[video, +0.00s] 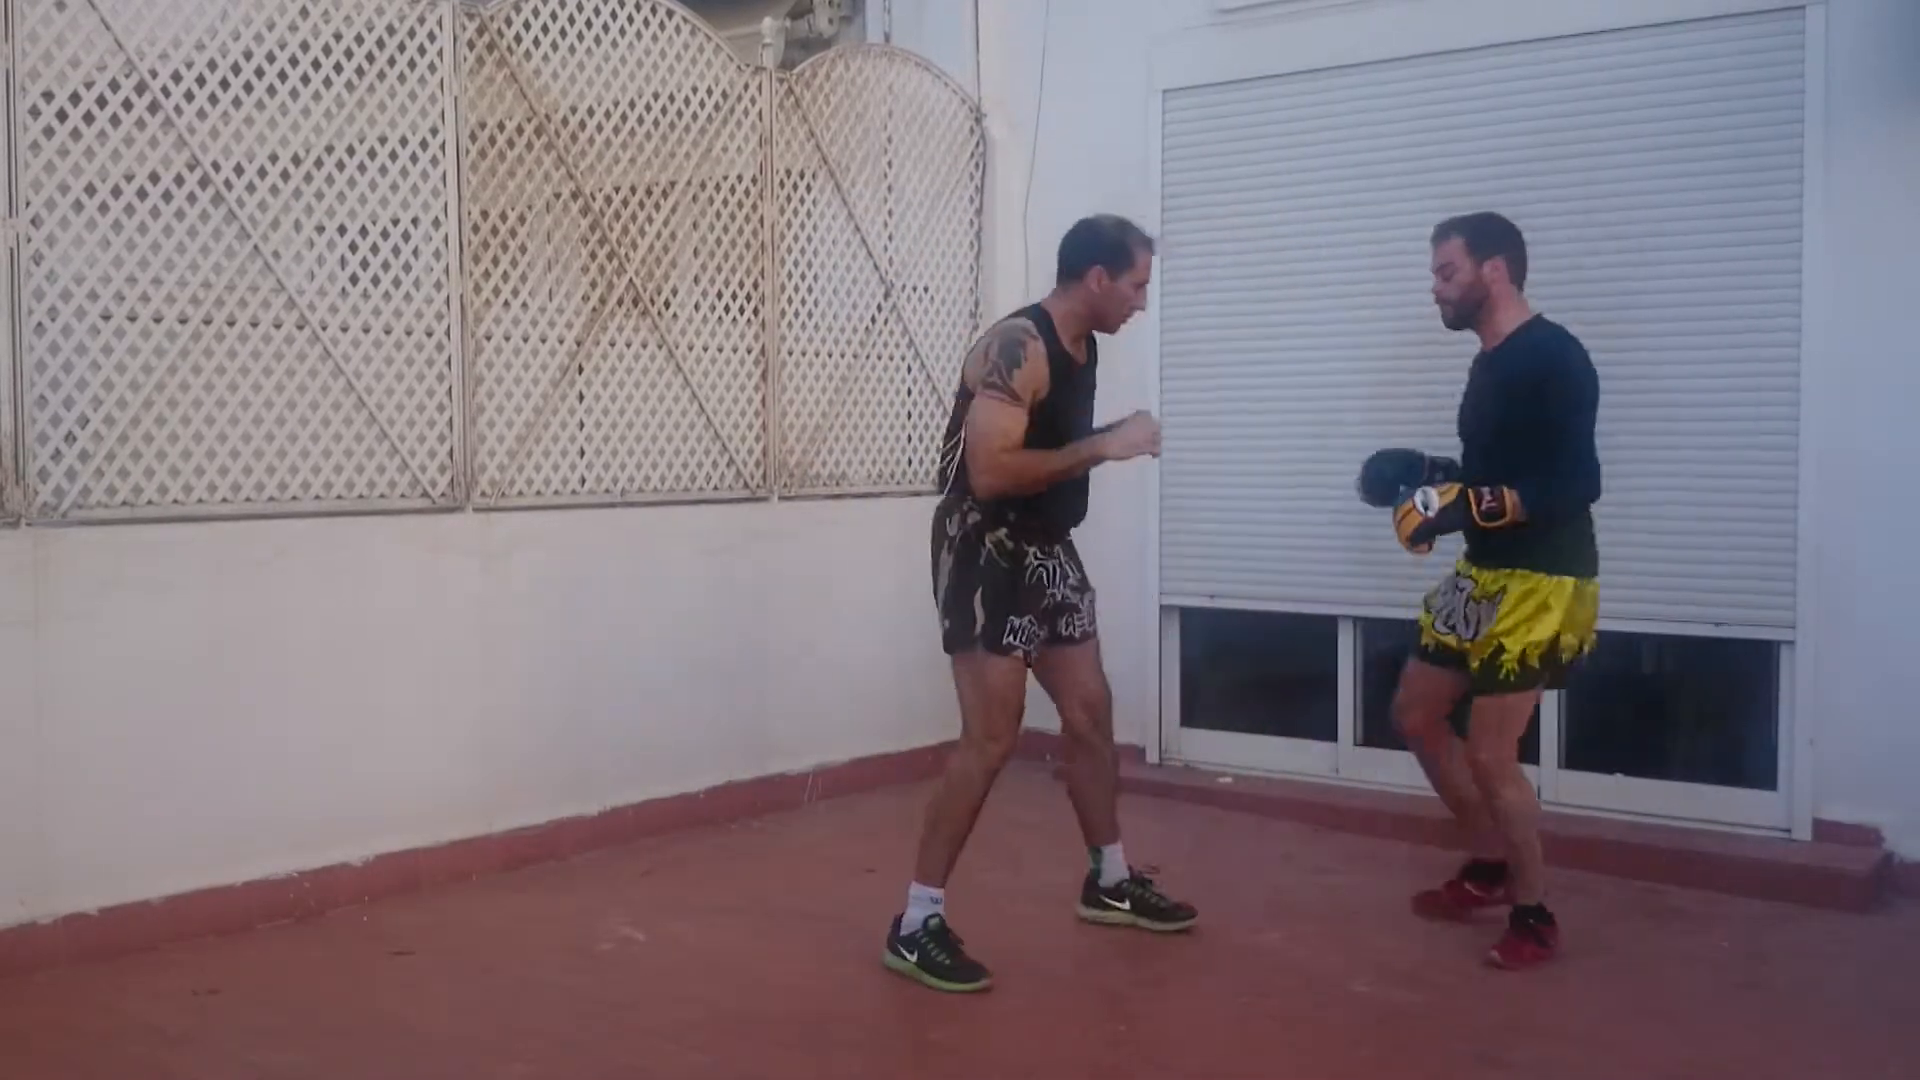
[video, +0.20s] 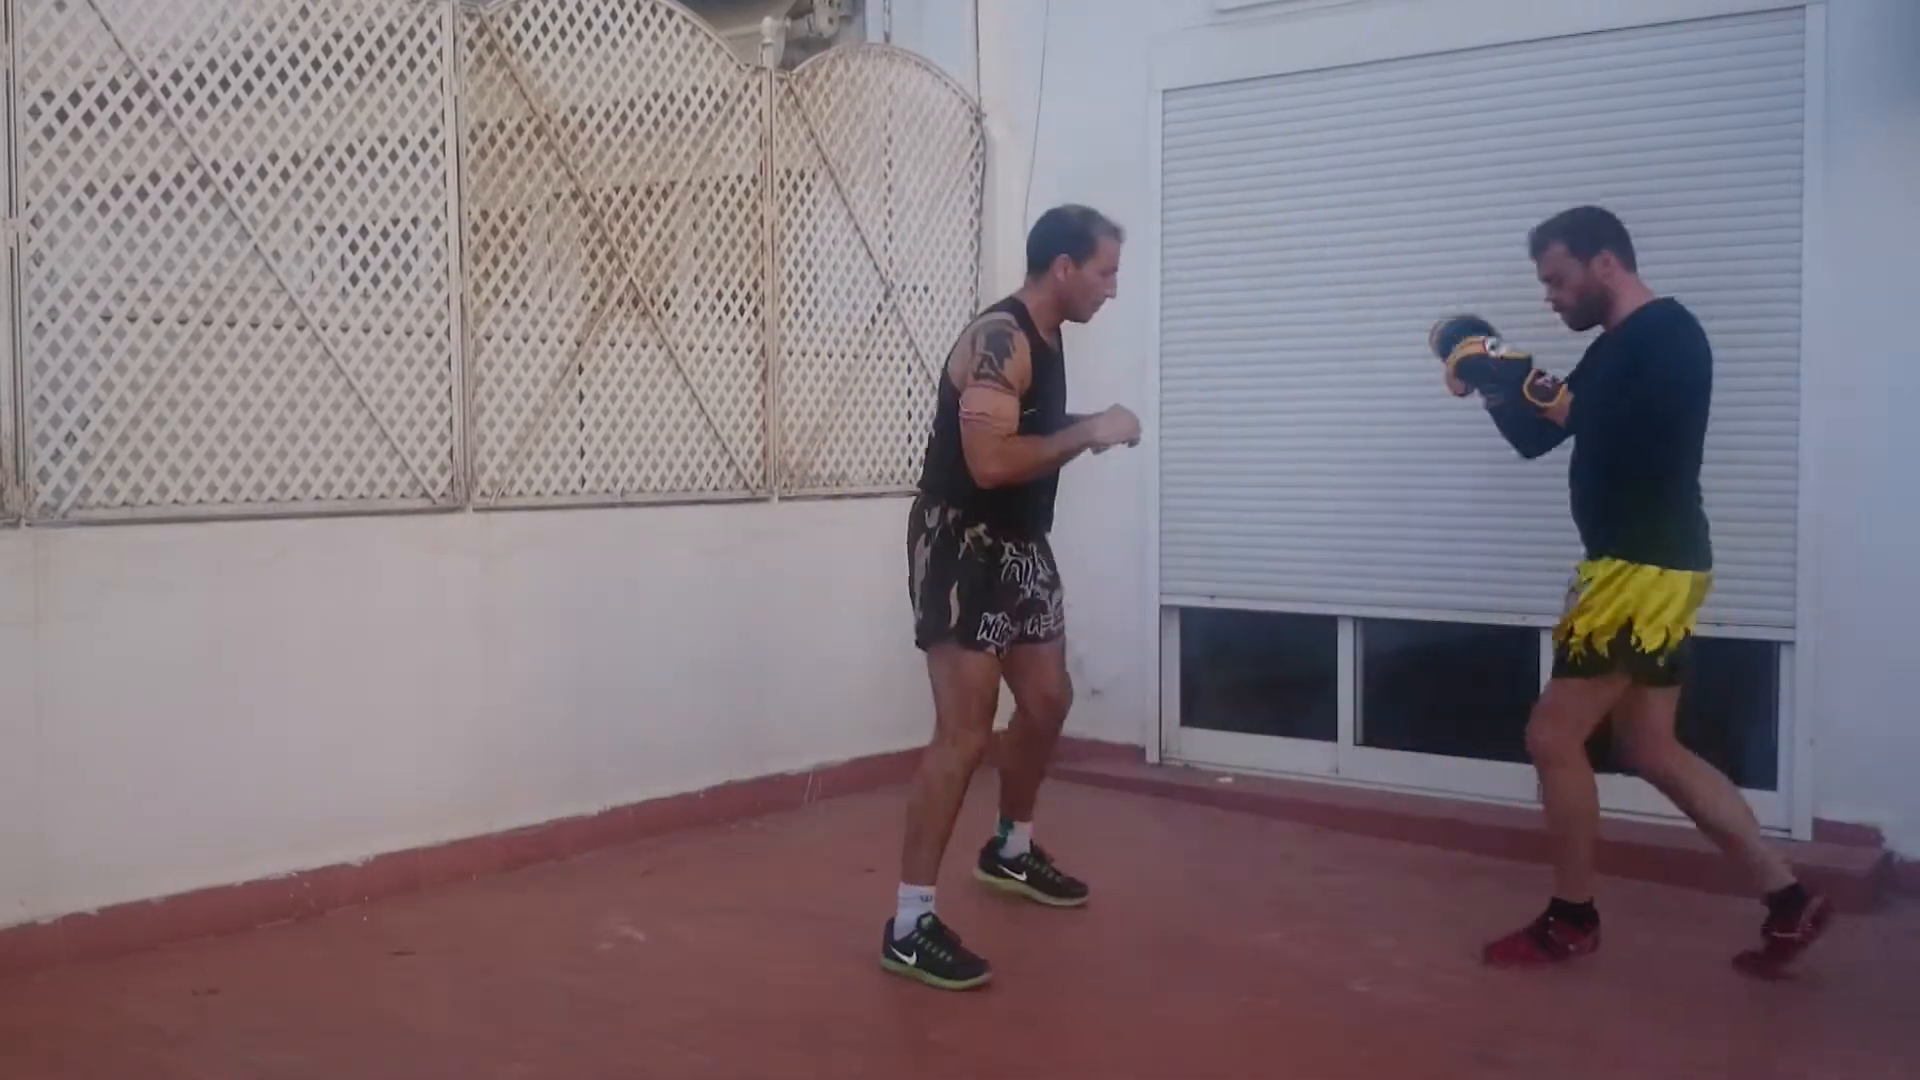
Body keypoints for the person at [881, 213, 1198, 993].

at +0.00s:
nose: (1142, 302)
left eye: (1144, 287)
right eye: (1137, 286)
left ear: (1098, 279)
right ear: (1094, 278)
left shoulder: (1077, 347)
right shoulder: (1013, 348)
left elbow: (1028, 455)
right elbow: (990, 473)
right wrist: (1102, 446)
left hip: (1045, 545)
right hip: (982, 547)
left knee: (1089, 711)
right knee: (990, 734)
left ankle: (1109, 878)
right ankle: (916, 922)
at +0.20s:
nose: (1113, 288)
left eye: (1115, 274)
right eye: (1106, 273)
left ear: (1067, 270)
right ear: (1062, 267)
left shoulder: (1045, 339)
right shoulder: (1000, 336)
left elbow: (1011, 445)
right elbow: (988, 462)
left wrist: (1082, 434)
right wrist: (1083, 434)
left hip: (1018, 541)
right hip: (960, 540)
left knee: (1045, 701)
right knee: (964, 731)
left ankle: (1010, 850)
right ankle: (909, 922)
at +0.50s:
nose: (1116, 288)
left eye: (1119, 275)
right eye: (1108, 273)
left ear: (1078, 272)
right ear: (1062, 267)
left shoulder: (1071, 348)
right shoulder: (997, 326)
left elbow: (1093, 448)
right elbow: (971, 425)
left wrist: (1145, 396)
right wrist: (1070, 380)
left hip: (1035, 541)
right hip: (976, 536)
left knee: (1008, 710)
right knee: (978, 711)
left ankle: (962, 847)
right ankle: (918, 898)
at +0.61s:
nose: (1117, 279)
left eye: (1121, 266)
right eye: (1108, 265)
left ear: (1083, 269)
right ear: (1063, 263)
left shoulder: (1094, 344)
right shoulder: (1004, 322)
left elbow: (1140, 431)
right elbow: (988, 408)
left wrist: (1173, 364)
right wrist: (1077, 352)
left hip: (1047, 538)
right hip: (985, 531)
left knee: (1012, 712)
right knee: (997, 711)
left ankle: (969, 850)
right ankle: (949, 875)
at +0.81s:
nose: (1140, 275)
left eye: (1143, 262)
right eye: (1131, 261)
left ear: (1107, 265)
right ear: (1085, 261)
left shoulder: (1119, 339)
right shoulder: (1023, 326)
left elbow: (1164, 427)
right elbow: (1036, 415)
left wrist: (1206, 356)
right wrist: (1121, 351)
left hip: (1091, 539)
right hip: (1018, 539)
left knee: (1124, 705)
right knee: (1018, 715)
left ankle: (1027, 816)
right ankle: (988, 870)